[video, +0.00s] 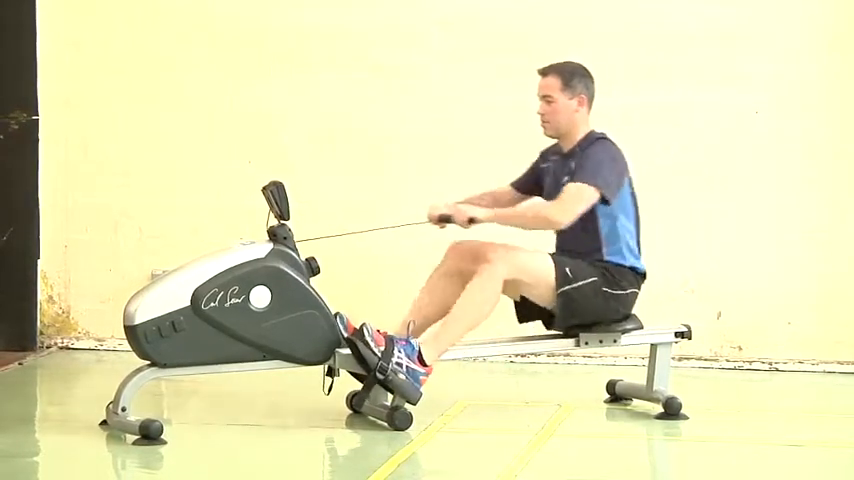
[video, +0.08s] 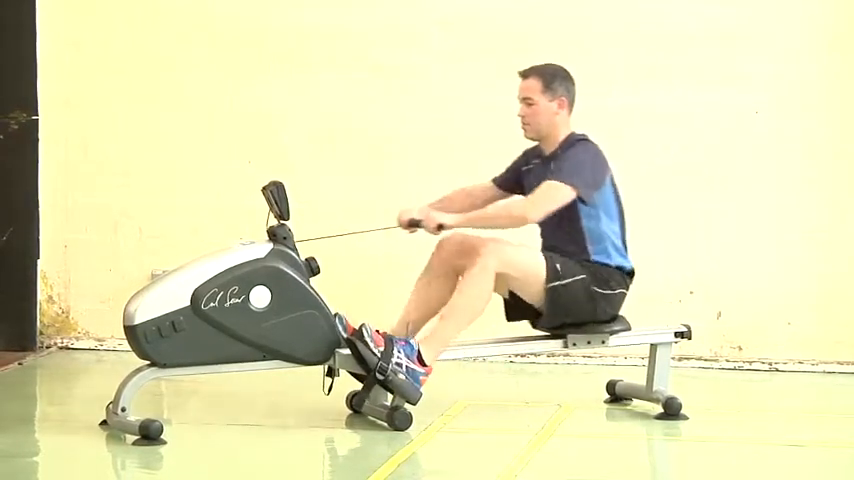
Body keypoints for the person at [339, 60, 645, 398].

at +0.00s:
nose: (540, 109)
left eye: (549, 100)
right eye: (540, 100)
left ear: (580, 102)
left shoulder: (602, 153)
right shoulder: (552, 158)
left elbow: (559, 214)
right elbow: (507, 196)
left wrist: (484, 215)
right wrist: (458, 207)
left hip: (609, 282)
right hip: (572, 276)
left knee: (499, 261)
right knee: (461, 254)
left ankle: (423, 359)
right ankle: (398, 345)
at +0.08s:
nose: (520, 112)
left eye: (528, 103)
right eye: (520, 103)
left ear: (560, 106)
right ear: (552, 106)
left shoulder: (583, 155)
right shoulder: (532, 160)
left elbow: (529, 211)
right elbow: (481, 195)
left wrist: (452, 220)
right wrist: (426, 211)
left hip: (596, 283)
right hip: (558, 276)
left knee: (491, 255)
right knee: (455, 248)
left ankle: (421, 361)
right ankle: (395, 345)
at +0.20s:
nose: (492, 115)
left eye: (501, 106)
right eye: (492, 107)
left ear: (533, 109)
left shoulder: (556, 158)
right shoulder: (505, 162)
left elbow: (488, 207)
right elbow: (448, 195)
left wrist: (413, 225)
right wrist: (388, 214)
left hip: (578, 286)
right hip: (537, 284)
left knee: (479, 245)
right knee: (437, 240)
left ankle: (421, 359)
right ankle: (393, 342)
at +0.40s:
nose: (452, 119)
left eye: (461, 109)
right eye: (452, 110)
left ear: (493, 112)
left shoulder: (516, 161)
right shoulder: (465, 164)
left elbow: (440, 206)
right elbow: (405, 196)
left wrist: (363, 230)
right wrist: (341, 218)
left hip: (545, 290)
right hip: (503, 291)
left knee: (450, 231)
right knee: (410, 230)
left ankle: (419, 358)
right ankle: (389, 341)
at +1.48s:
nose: (506, 107)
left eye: (516, 97)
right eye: (507, 98)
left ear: (548, 101)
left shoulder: (564, 155)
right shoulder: (513, 153)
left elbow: (484, 191)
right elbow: (451, 182)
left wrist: (409, 216)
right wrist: (385, 203)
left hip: (571, 281)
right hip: (533, 276)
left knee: (463, 240)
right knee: (432, 235)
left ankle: (418, 360)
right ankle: (389, 342)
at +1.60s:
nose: (538, 105)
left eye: (546, 95)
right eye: (538, 96)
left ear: (578, 97)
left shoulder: (596, 152)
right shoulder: (545, 150)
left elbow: (521, 194)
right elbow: (487, 181)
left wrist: (448, 212)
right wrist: (420, 201)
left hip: (592, 278)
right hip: (555, 272)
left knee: (480, 250)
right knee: (450, 245)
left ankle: (419, 361)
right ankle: (392, 341)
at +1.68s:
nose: (559, 105)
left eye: (567, 95)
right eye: (558, 96)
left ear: (599, 97)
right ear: (593, 97)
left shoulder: (618, 152)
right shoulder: (568, 148)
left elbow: (547, 199)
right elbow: (510, 181)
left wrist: (472, 211)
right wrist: (446, 200)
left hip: (605, 277)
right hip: (569, 269)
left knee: (494, 257)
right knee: (460, 253)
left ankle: (420, 359)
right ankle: (393, 341)